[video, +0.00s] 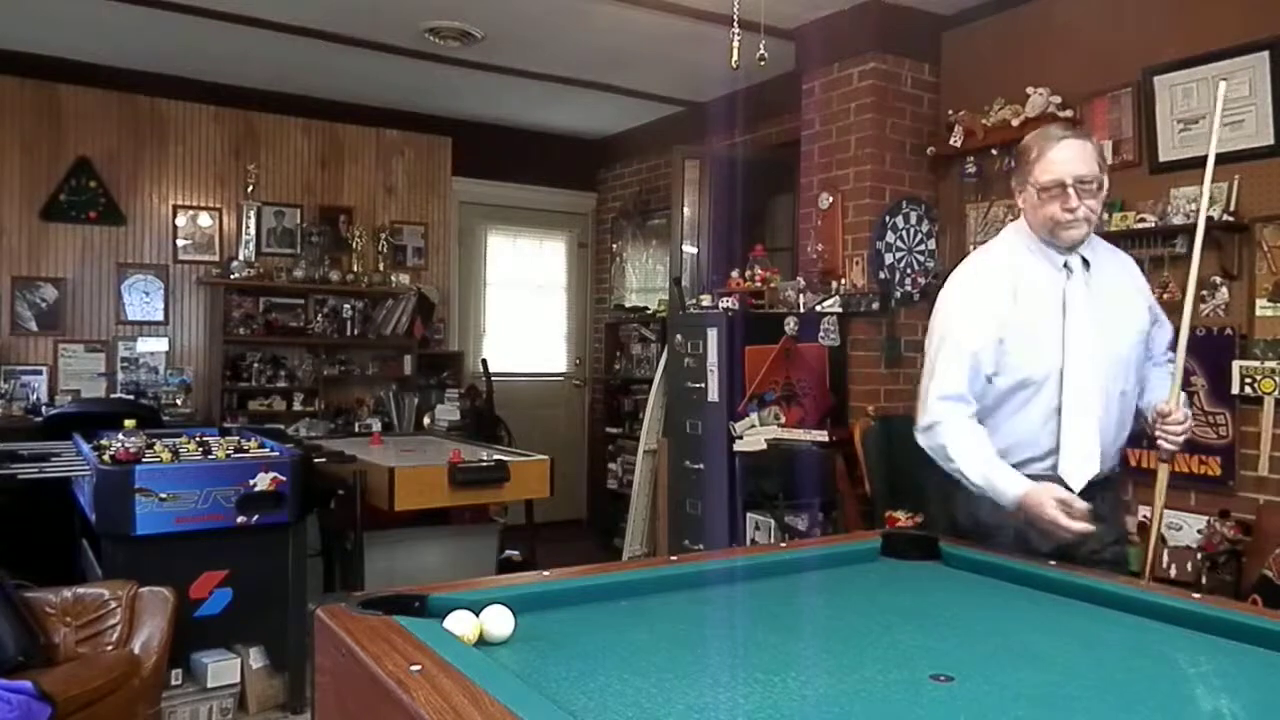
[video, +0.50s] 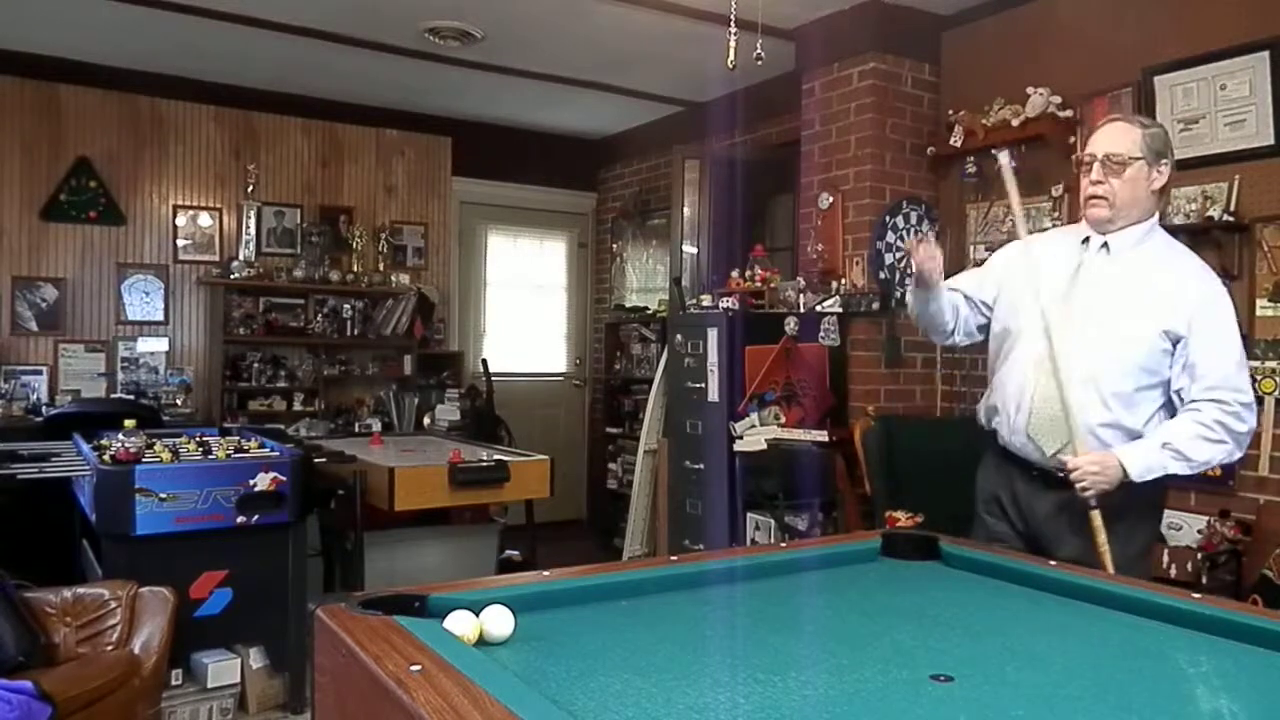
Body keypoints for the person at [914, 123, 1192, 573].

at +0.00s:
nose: (1072, 204)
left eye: (1086, 186)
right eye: (1053, 190)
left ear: (1104, 189)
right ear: (1021, 195)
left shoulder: (1122, 272)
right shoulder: (980, 281)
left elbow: (1154, 357)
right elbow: (941, 416)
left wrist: (1160, 406)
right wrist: (1019, 494)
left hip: (1099, 505)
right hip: (996, 510)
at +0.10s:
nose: (1063, 192)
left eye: (1079, 175)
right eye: (1046, 179)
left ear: (1108, 180)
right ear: (1026, 189)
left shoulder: (1142, 280)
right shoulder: (979, 276)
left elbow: (1181, 371)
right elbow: (924, 388)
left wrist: (1180, 416)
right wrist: (975, 464)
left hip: (1105, 510)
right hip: (996, 509)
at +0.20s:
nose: (1068, 183)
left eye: (1085, 168)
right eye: (1053, 172)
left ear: (1121, 175)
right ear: (1040, 185)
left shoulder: (1161, 284)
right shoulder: (991, 268)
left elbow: (1208, 385)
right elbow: (919, 360)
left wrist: (1178, 432)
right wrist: (939, 417)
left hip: (1107, 510)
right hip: (996, 499)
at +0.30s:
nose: (1082, 180)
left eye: (1101, 165)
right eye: (1071, 168)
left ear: (1141, 177)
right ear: (1059, 182)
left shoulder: (1179, 288)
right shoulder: (1004, 264)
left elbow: (1229, 399)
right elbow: (928, 334)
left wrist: (1166, 450)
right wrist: (928, 359)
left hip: (1107, 513)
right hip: (999, 500)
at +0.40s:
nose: (1091, 179)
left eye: (1112, 166)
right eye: (1083, 166)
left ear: (1154, 180)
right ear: (1071, 174)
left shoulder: (1188, 288)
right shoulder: (1018, 259)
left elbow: (1233, 412)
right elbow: (952, 332)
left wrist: (1144, 461)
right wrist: (926, 322)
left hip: (1110, 512)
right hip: (1002, 494)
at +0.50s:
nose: (1093, 178)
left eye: (1114, 164)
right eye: (1088, 164)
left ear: (1157, 175)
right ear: (1077, 170)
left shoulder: (1191, 286)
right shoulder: (1027, 257)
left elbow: (1226, 415)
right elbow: (950, 321)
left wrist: (1125, 464)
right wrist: (928, 288)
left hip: (1111, 510)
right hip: (1006, 486)